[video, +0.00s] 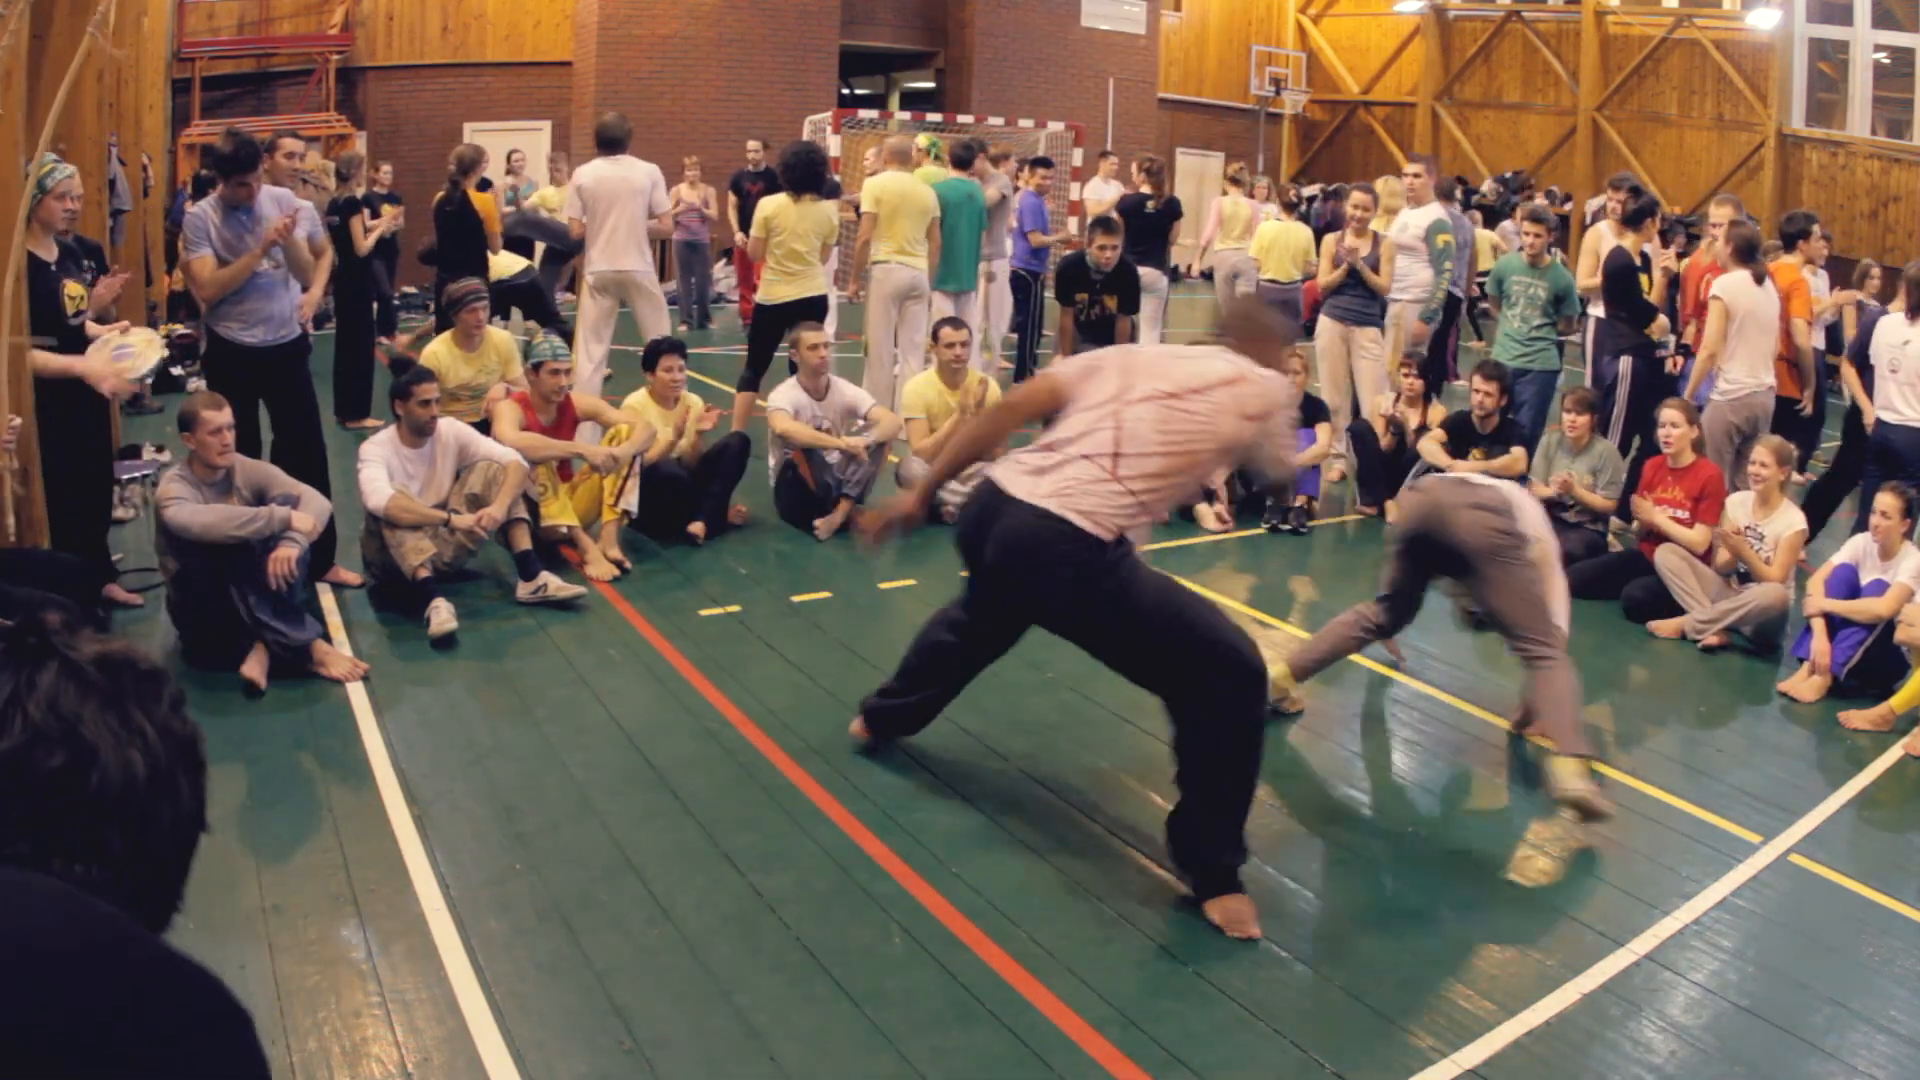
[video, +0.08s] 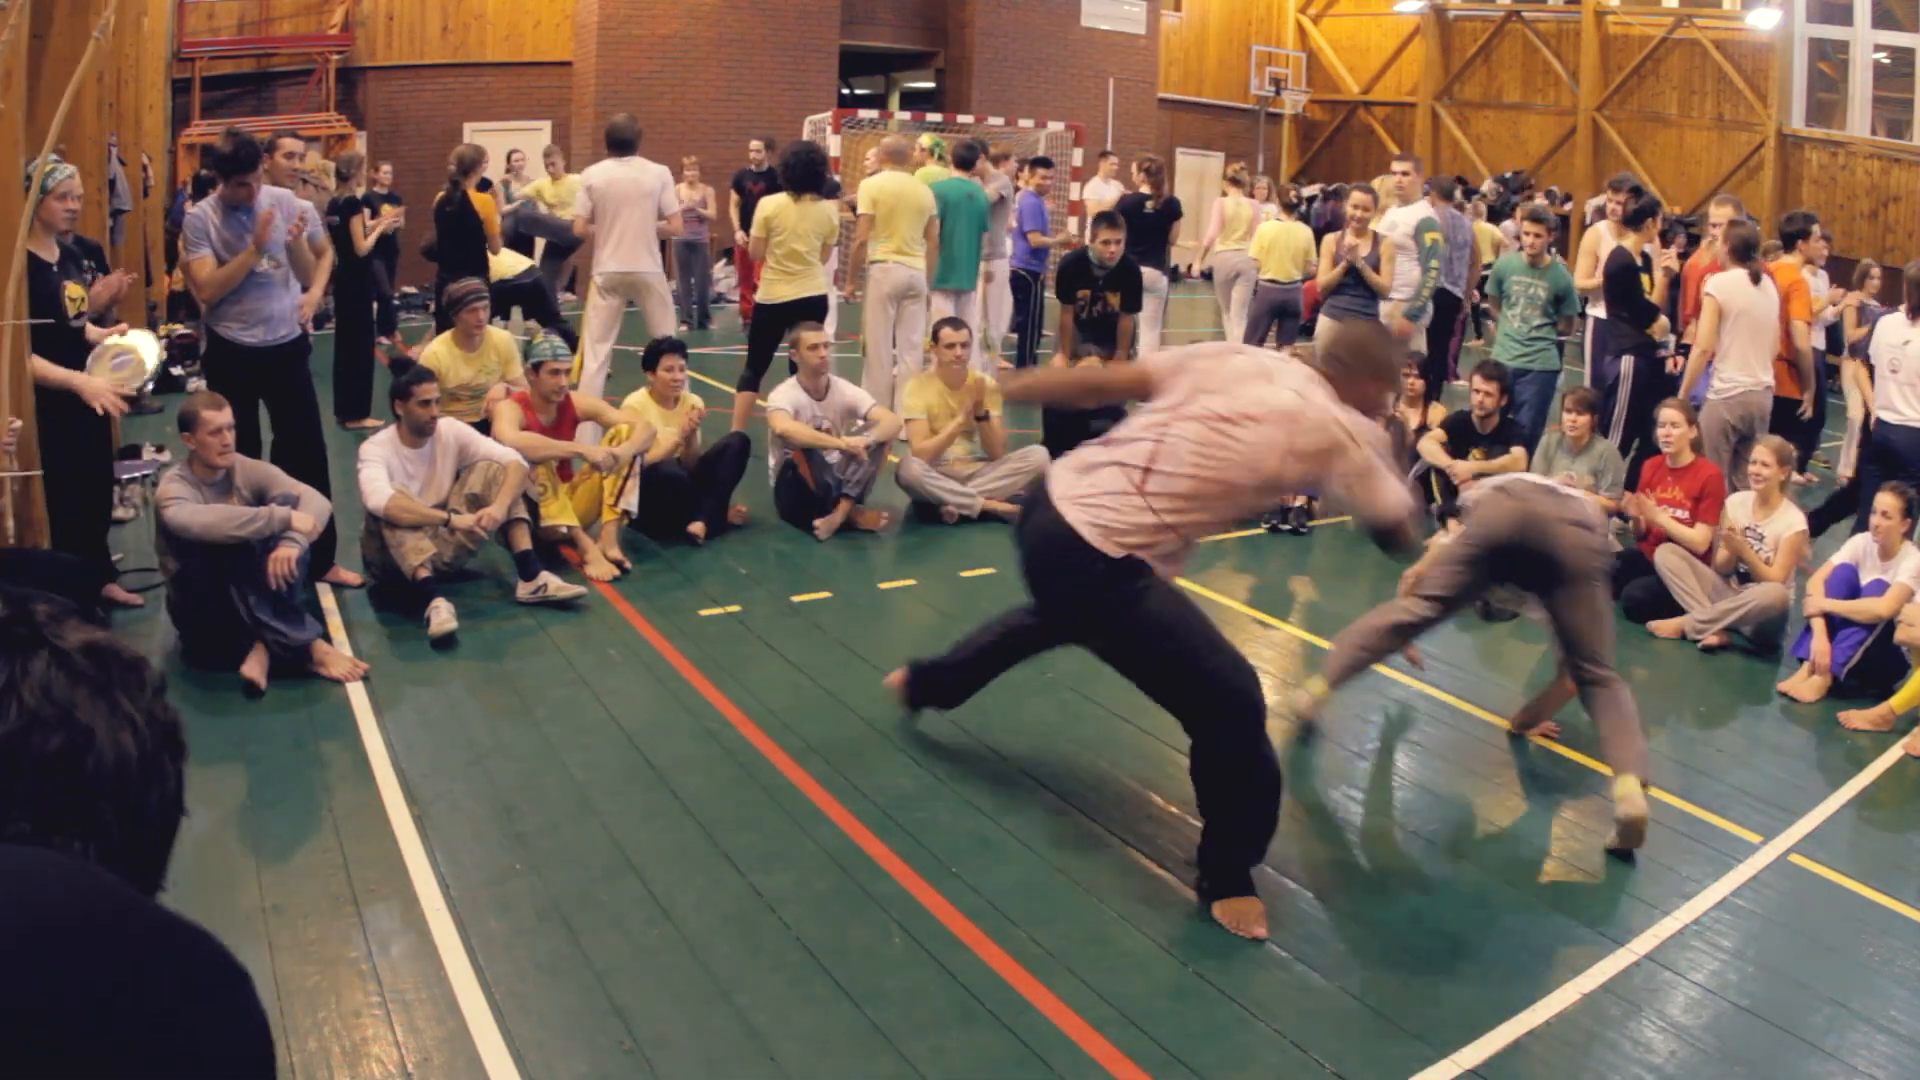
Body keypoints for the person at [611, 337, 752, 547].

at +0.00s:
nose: (677, 377)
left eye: (681, 370)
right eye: (668, 371)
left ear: (687, 371)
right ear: (649, 376)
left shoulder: (693, 403)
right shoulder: (634, 406)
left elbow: (692, 464)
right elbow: (640, 463)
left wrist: (698, 434)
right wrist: (673, 438)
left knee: (738, 441)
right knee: (666, 469)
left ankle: (703, 520)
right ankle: (719, 516)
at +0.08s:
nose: (677, 377)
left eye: (682, 370)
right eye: (668, 370)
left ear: (687, 371)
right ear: (650, 375)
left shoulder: (693, 403)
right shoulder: (634, 406)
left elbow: (691, 465)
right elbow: (636, 463)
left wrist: (690, 435)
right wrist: (679, 438)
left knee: (738, 441)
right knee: (669, 471)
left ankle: (703, 520)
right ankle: (719, 517)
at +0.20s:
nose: (678, 377)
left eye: (682, 370)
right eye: (669, 370)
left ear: (687, 371)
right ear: (650, 375)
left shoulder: (692, 403)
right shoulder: (634, 405)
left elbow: (691, 465)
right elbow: (639, 462)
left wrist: (695, 435)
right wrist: (680, 435)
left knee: (738, 441)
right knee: (664, 469)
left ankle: (702, 520)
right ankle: (718, 517)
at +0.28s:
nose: (678, 377)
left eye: (682, 370)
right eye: (669, 370)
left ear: (687, 372)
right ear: (650, 375)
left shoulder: (693, 403)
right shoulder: (634, 406)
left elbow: (691, 466)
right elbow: (640, 463)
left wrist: (697, 434)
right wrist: (676, 435)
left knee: (738, 441)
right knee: (665, 471)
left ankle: (702, 520)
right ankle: (718, 517)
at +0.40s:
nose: (678, 378)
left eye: (682, 371)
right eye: (669, 371)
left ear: (687, 373)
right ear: (650, 375)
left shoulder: (693, 404)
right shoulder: (634, 405)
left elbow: (689, 465)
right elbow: (639, 463)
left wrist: (698, 434)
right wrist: (673, 432)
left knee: (738, 441)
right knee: (667, 469)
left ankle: (702, 520)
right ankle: (719, 517)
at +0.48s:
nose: (677, 379)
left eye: (681, 371)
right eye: (669, 372)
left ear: (686, 373)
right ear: (650, 376)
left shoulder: (692, 404)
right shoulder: (632, 407)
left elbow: (691, 465)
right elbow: (637, 464)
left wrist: (694, 433)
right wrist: (678, 435)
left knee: (739, 441)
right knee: (666, 470)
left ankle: (702, 520)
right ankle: (718, 517)